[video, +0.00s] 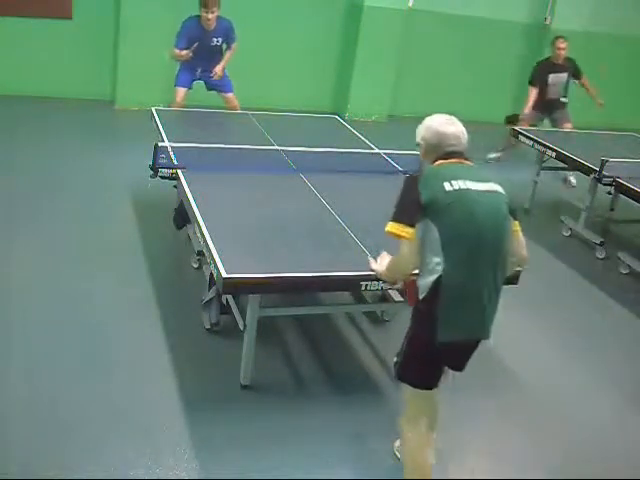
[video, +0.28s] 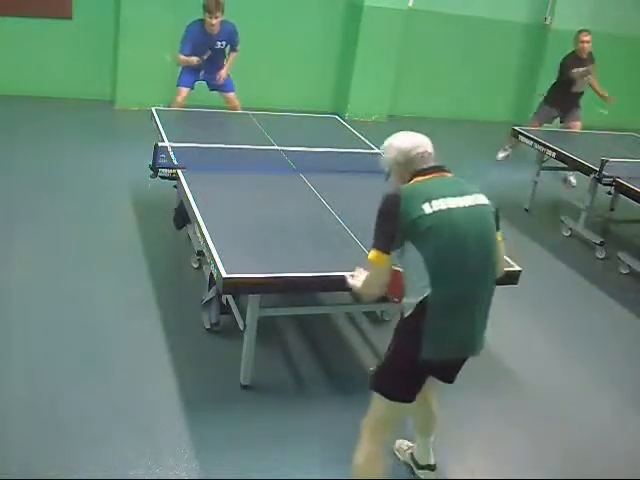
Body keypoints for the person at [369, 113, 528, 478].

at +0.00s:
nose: (417, 152)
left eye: (419, 147)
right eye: (417, 147)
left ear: (426, 150)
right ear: (463, 148)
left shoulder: (421, 183)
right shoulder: (493, 185)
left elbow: (405, 266)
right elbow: (518, 255)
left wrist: (386, 270)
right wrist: (483, 270)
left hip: (437, 313)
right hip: (479, 313)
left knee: (416, 419)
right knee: (427, 381)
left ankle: (418, 470)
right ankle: (416, 443)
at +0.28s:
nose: (390, 181)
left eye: (390, 172)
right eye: (389, 173)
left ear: (401, 169)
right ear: (431, 160)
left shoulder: (400, 199)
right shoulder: (474, 193)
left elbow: (373, 288)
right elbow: (498, 267)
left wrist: (359, 282)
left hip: (424, 329)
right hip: (469, 329)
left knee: (377, 428)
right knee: (421, 383)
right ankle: (424, 456)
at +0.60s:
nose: (380, 181)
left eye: (380, 172)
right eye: (378, 173)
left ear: (392, 169)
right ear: (427, 158)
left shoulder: (400, 207)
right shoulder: (469, 197)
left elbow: (360, 298)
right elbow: (466, 271)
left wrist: (316, 285)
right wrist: (394, 282)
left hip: (412, 342)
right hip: (459, 338)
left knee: (371, 433)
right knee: (430, 399)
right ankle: (435, 466)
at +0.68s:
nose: (382, 183)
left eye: (382, 174)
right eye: (380, 174)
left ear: (395, 174)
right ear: (428, 161)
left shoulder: (407, 209)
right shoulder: (468, 196)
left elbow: (376, 299)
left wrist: (312, 326)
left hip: (419, 345)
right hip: (461, 339)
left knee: (374, 435)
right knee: (430, 398)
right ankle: (442, 469)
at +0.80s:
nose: (388, 185)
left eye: (388, 177)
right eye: (386, 178)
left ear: (403, 174)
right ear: (429, 164)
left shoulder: (420, 213)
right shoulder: (467, 197)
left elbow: (427, 306)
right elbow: (470, 275)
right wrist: (403, 297)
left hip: (437, 349)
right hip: (468, 343)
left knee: (391, 411)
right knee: (438, 399)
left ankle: (371, 472)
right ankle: (454, 470)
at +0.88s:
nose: (391, 187)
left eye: (391, 179)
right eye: (389, 180)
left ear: (404, 178)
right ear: (434, 168)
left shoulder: (428, 212)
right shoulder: (468, 200)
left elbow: (461, 303)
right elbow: (452, 268)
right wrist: (395, 284)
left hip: (441, 348)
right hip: (474, 341)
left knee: (385, 444)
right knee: (449, 415)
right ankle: (455, 471)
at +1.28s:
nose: (445, 166)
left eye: (447, 159)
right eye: (445, 159)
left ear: (458, 165)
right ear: (495, 159)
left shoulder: (461, 207)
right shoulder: (520, 201)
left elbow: (458, 301)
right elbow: (500, 270)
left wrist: (422, 366)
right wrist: (439, 263)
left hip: (470, 346)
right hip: (506, 342)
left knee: (425, 423)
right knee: (462, 408)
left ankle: (426, 473)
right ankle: (459, 471)